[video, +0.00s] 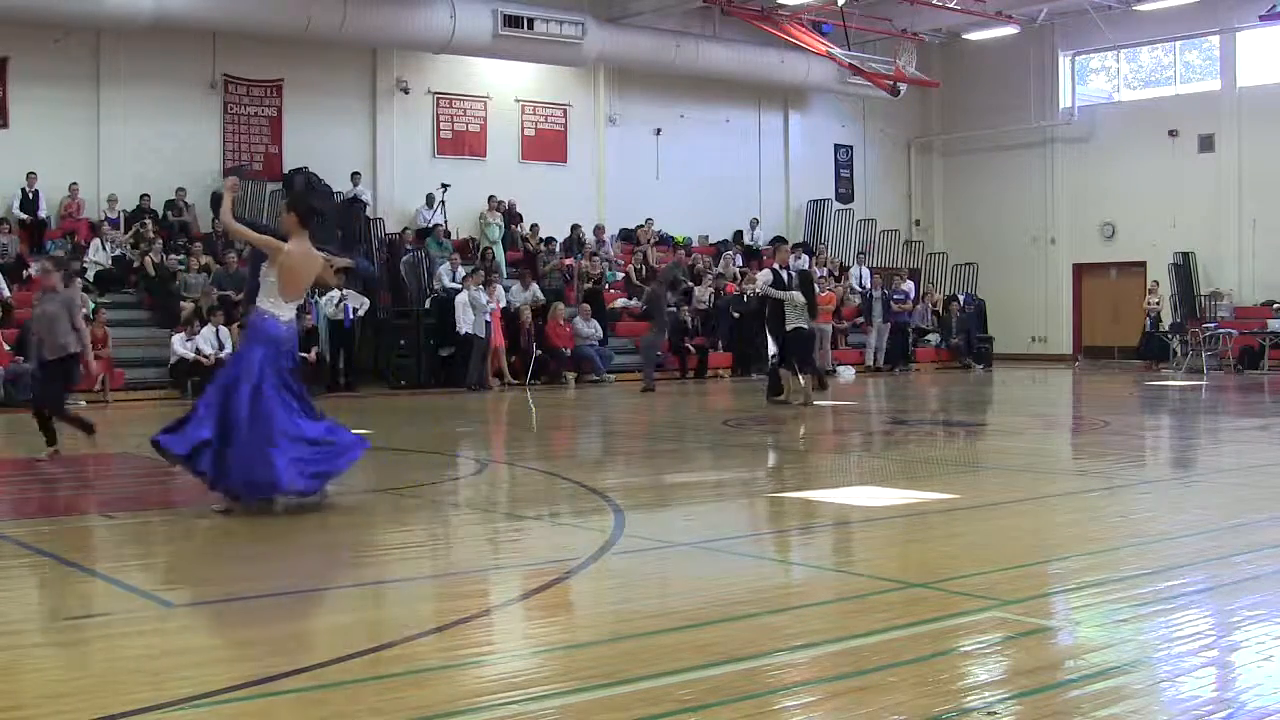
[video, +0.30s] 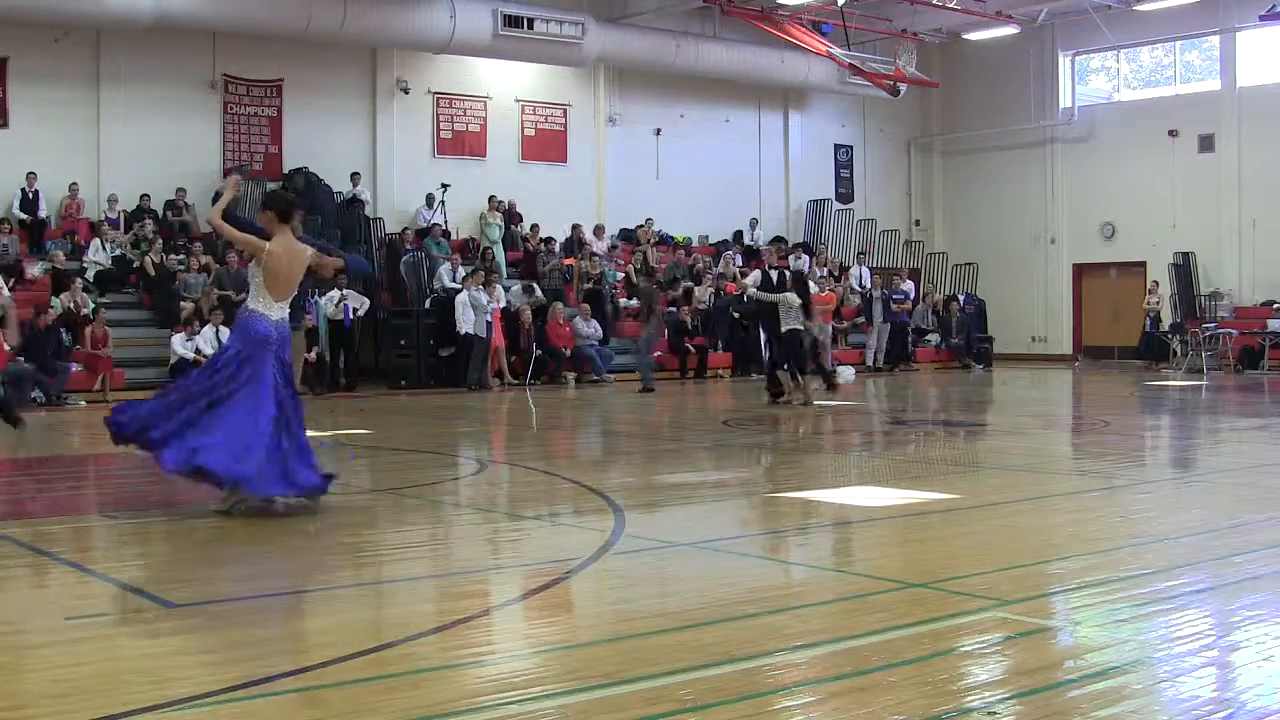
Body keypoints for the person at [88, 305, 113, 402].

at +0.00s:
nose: (105, 316)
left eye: (105, 314)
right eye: (102, 314)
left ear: (105, 316)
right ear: (96, 315)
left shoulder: (107, 331)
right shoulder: (89, 330)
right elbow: (87, 347)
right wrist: (100, 353)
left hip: (103, 356)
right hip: (92, 357)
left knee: (106, 362)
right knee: (105, 366)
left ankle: (98, 382)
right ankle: (106, 393)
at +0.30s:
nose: (105, 315)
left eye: (105, 313)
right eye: (103, 313)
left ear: (105, 315)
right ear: (96, 315)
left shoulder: (107, 330)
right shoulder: (89, 330)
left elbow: (110, 347)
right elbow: (88, 350)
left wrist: (106, 351)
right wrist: (99, 352)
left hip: (103, 354)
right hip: (92, 356)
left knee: (106, 360)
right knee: (106, 365)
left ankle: (98, 380)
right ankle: (107, 393)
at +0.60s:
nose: (105, 315)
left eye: (105, 313)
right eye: (103, 313)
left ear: (105, 315)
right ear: (96, 315)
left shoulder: (108, 330)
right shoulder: (89, 329)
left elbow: (110, 347)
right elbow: (88, 349)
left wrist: (106, 351)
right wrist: (100, 352)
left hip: (103, 355)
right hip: (92, 356)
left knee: (106, 360)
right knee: (106, 365)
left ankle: (98, 381)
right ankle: (107, 394)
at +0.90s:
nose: (105, 315)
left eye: (105, 312)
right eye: (103, 313)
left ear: (105, 314)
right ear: (96, 315)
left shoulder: (108, 330)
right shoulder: (89, 329)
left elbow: (111, 347)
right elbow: (88, 348)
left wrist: (104, 352)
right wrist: (100, 352)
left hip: (103, 355)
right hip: (92, 356)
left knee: (106, 360)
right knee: (106, 365)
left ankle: (98, 382)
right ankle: (107, 394)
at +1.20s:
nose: (106, 315)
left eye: (106, 313)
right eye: (103, 313)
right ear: (96, 316)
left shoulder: (108, 330)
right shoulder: (89, 330)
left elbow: (109, 349)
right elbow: (89, 349)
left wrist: (103, 352)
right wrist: (100, 352)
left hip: (103, 355)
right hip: (92, 356)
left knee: (106, 360)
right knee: (106, 365)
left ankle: (99, 382)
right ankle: (107, 394)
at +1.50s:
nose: (106, 315)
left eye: (105, 313)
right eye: (103, 313)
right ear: (96, 316)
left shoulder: (108, 330)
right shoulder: (88, 330)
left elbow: (109, 349)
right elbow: (89, 349)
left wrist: (103, 351)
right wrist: (100, 352)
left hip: (103, 355)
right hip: (92, 356)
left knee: (105, 359)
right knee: (106, 366)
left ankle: (99, 382)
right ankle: (107, 394)